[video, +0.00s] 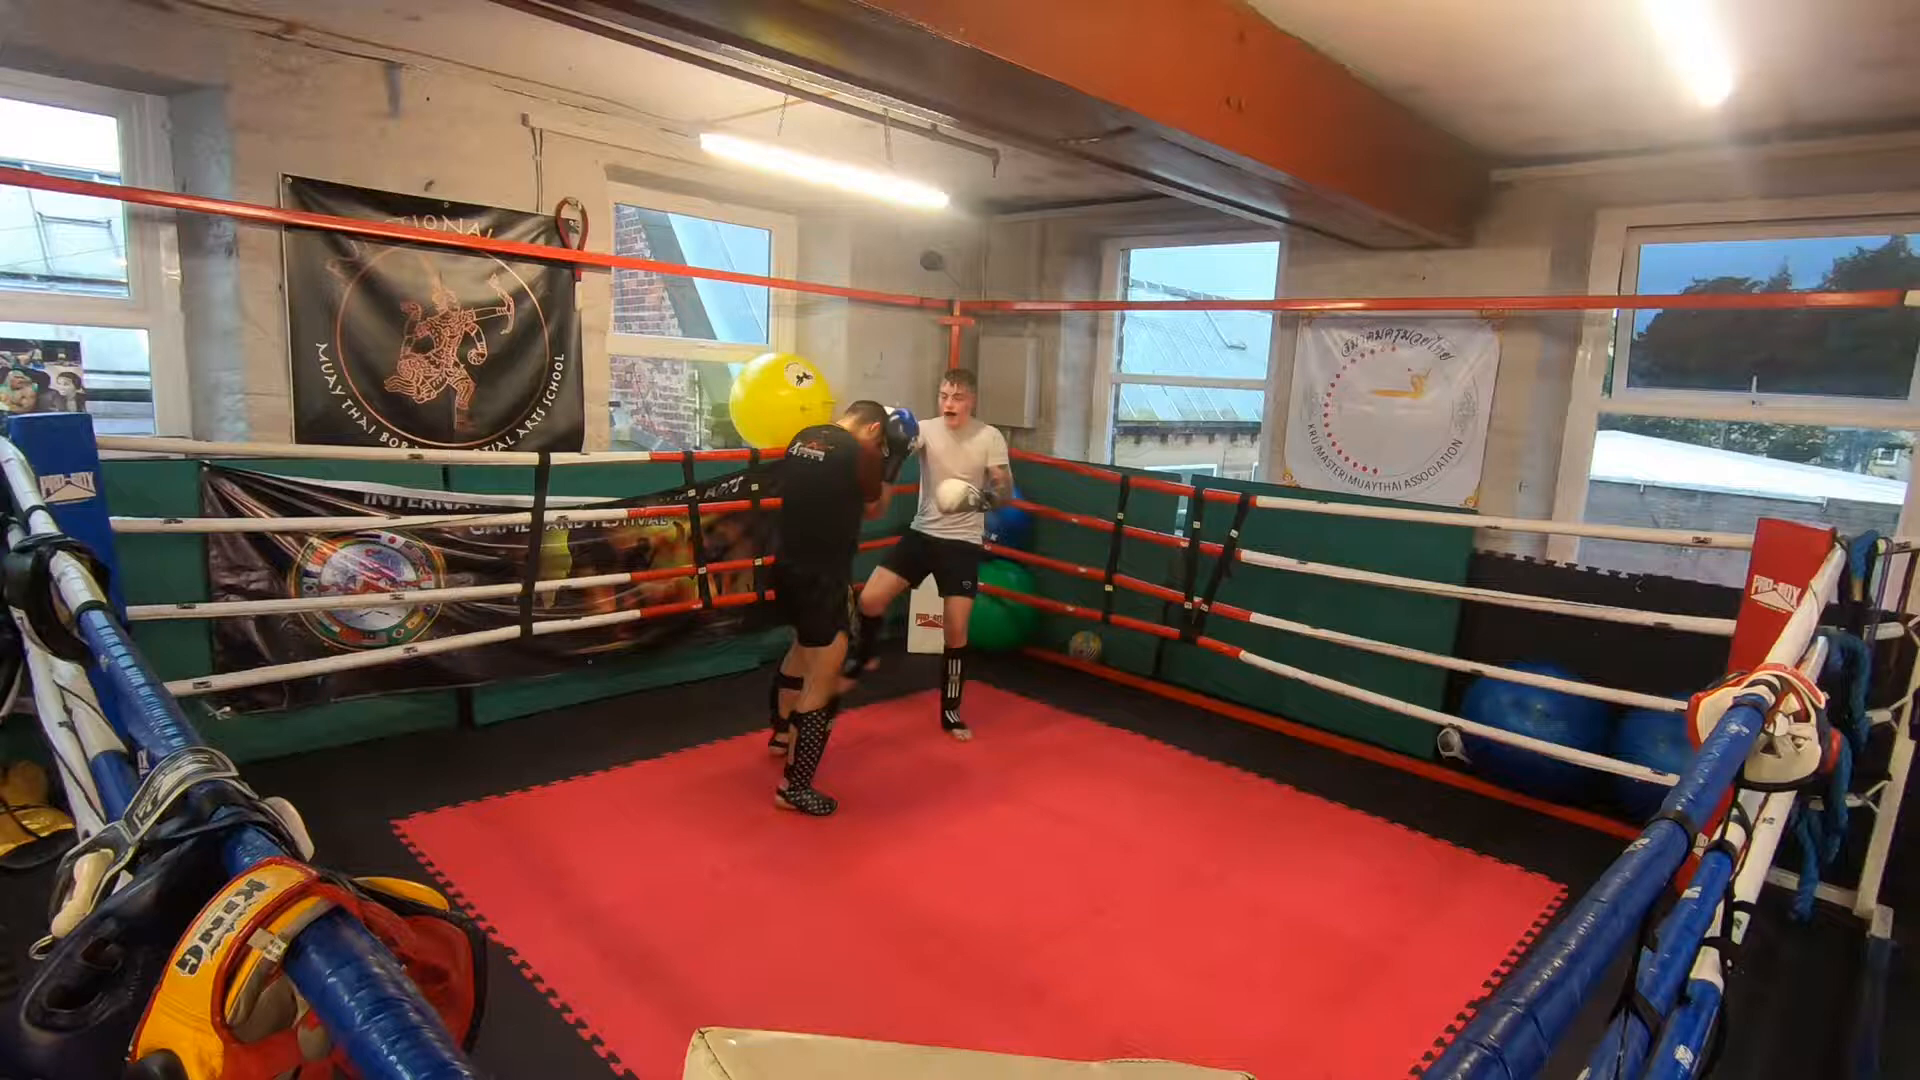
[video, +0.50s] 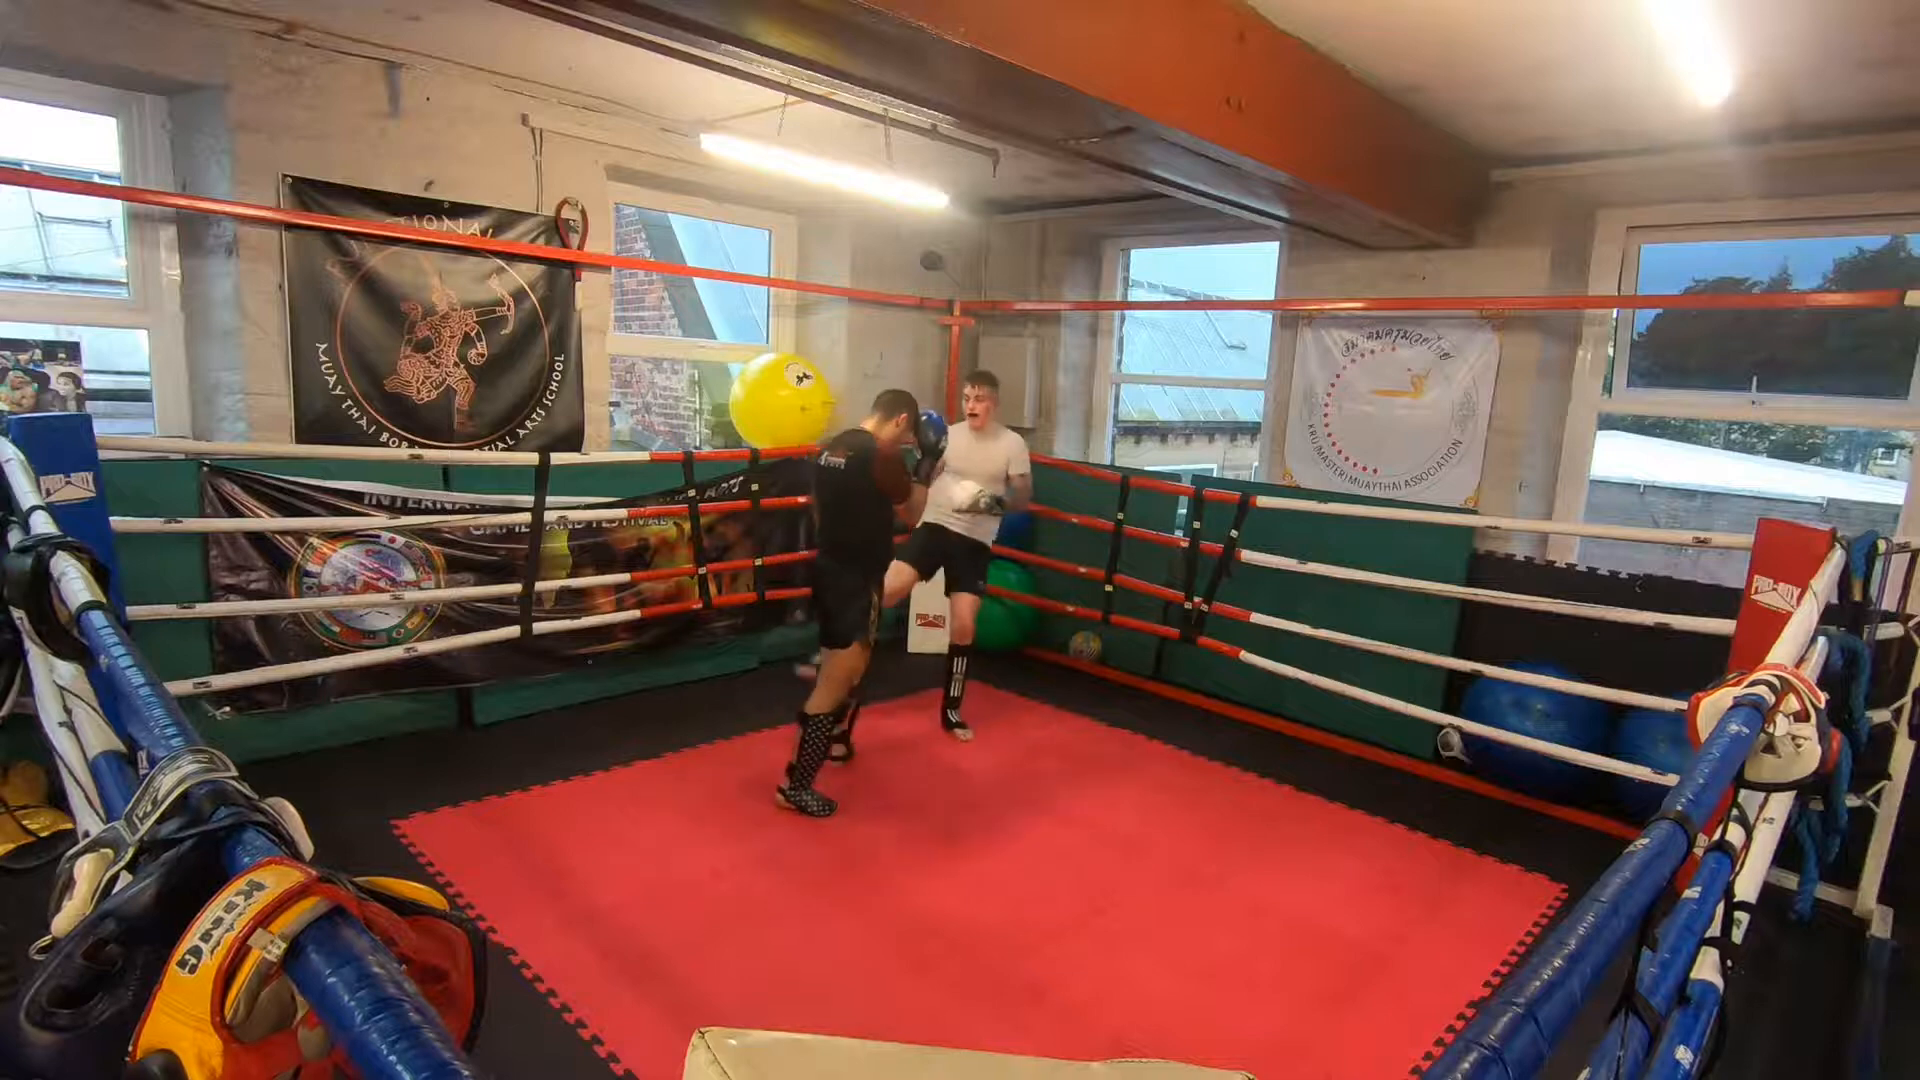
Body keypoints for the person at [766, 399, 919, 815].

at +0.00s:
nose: (876, 443)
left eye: (878, 437)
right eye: (878, 437)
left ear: (846, 416)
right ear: (871, 428)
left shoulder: (805, 439)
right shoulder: (856, 452)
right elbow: (876, 505)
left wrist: (875, 457)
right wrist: (895, 457)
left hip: (791, 571)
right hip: (823, 579)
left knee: (801, 650)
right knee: (824, 680)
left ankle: (783, 732)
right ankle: (797, 786)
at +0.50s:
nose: (907, 438)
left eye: (908, 432)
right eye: (909, 431)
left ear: (873, 413)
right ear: (900, 421)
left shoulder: (835, 449)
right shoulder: (880, 454)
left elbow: (828, 517)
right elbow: (911, 512)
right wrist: (928, 462)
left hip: (831, 572)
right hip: (855, 580)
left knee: (852, 662)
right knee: (837, 680)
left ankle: (833, 738)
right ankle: (797, 785)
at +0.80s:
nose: (941, 428)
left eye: (941, 422)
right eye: (942, 421)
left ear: (905, 414)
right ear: (933, 420)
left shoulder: (873, 447)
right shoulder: (929, 458)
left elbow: (846, 498)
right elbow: (946, 519)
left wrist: (887, 505)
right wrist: (952, 480)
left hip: (862, 567)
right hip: (896, 574)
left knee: (874, 659)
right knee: (912, 675)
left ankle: (858, 743)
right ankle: (849, 749)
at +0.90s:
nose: (958, 419)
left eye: (958, 411)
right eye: (958, 411)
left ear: (918, 407)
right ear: (950, 409)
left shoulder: (883, 440)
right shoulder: (946, 450)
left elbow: (865, 492)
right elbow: (958, 515)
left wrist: (907, 487)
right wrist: (973, 481)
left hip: (874, 560)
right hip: (917, 567)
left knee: (877, 653)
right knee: (943, 660)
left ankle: (858, 745)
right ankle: (903, 748)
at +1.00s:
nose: (963, 416)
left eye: (955, 408)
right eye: (966, 411)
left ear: (934, 402)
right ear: (968, 410)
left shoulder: (902, 436)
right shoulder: (963, 450)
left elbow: (879, 491)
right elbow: (978, 512)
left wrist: (919, 486)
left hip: (891, 560)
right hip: (937, 567)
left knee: (884, 650)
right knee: (955, 657)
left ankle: (860, 741)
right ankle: (963, 747)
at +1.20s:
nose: (1005, 431)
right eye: (1005, 426)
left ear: (972, 415)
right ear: (1001, 425)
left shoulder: (938, 444)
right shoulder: (1004, 461)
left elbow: (901, 498)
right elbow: (1010, 519)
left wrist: (916, 475)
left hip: (927, 563)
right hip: (973, 570)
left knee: (911, 640)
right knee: (988, 656)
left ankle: (881, 720)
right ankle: (984, 743)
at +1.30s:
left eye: (978, 410)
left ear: (975, 409)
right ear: (1010, 417)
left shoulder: (946, 443)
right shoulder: (1020, 459)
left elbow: (909, 491)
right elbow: (1016, 516)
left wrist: (917, 469)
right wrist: (990, 495)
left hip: (937, 557)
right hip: (983, 565)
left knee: (919, 634)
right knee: (988, 655)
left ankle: (905, 715)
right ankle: (984, 743)